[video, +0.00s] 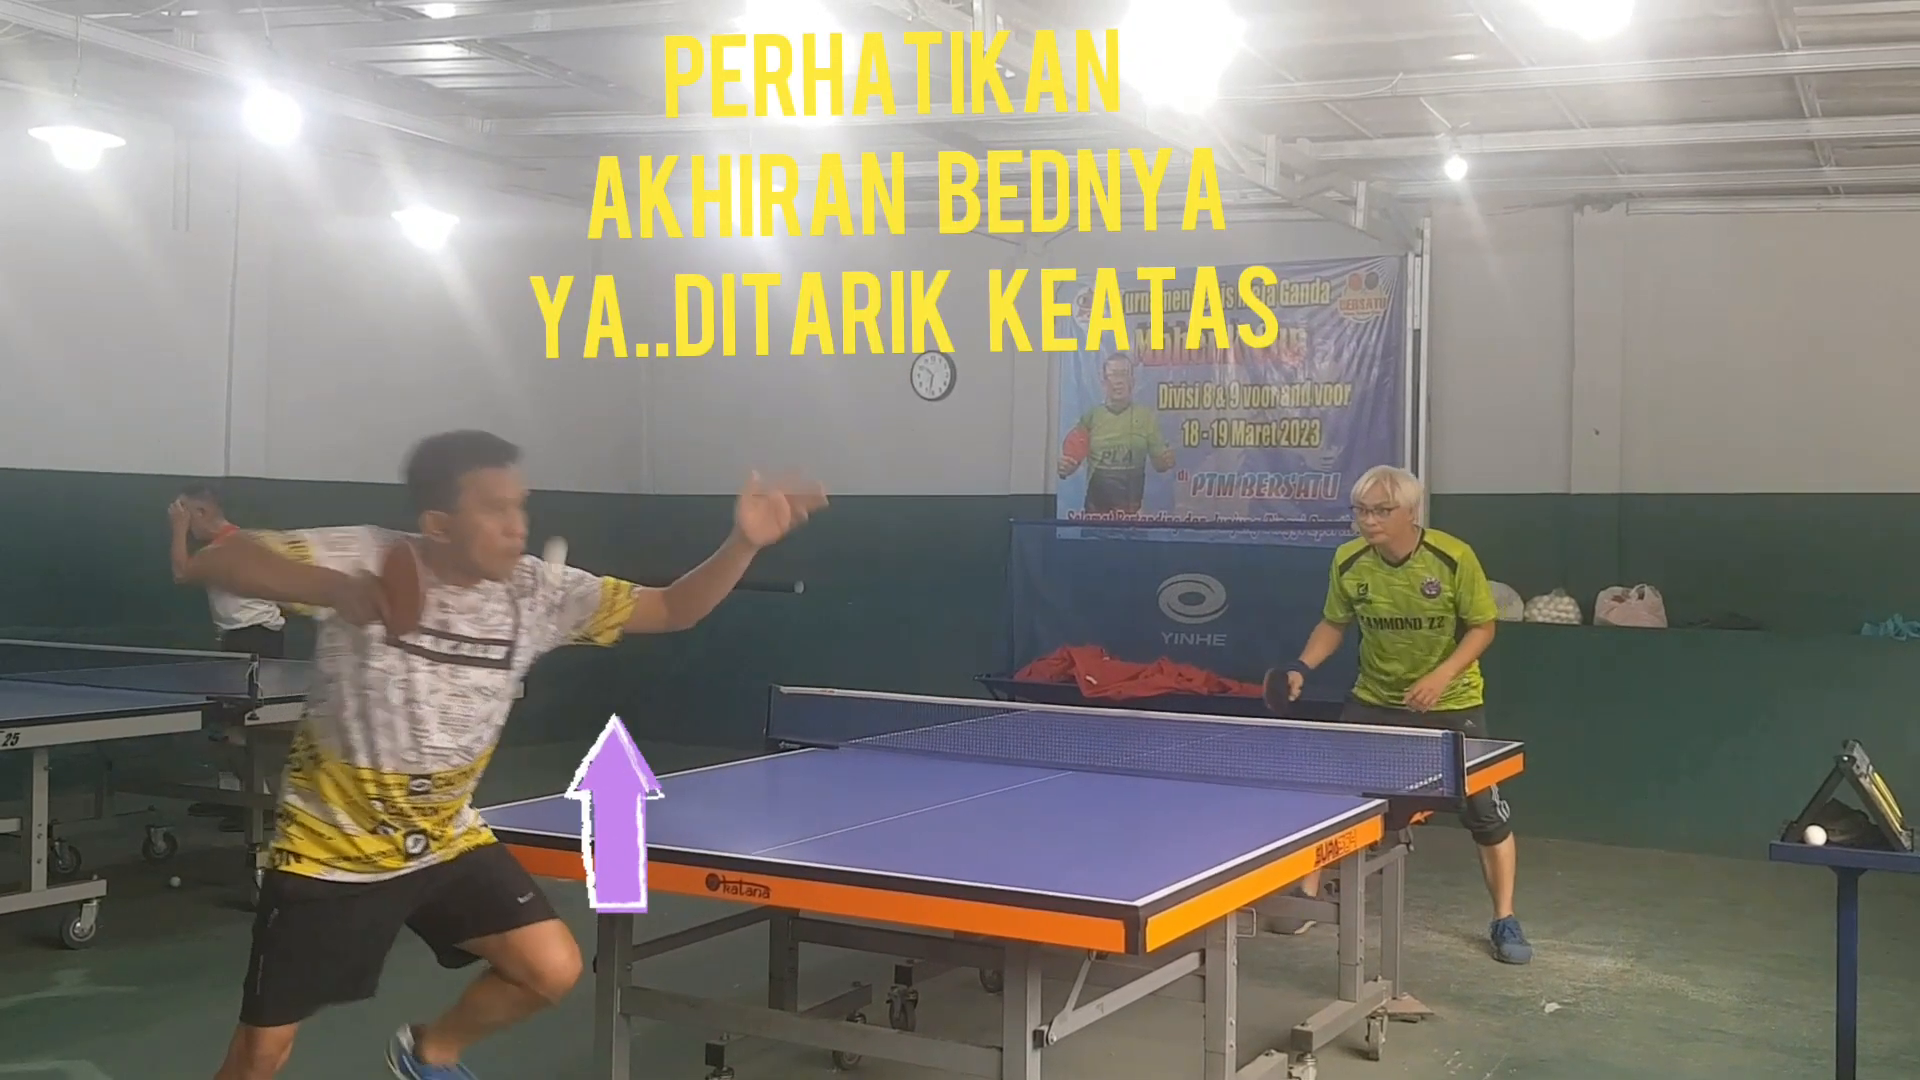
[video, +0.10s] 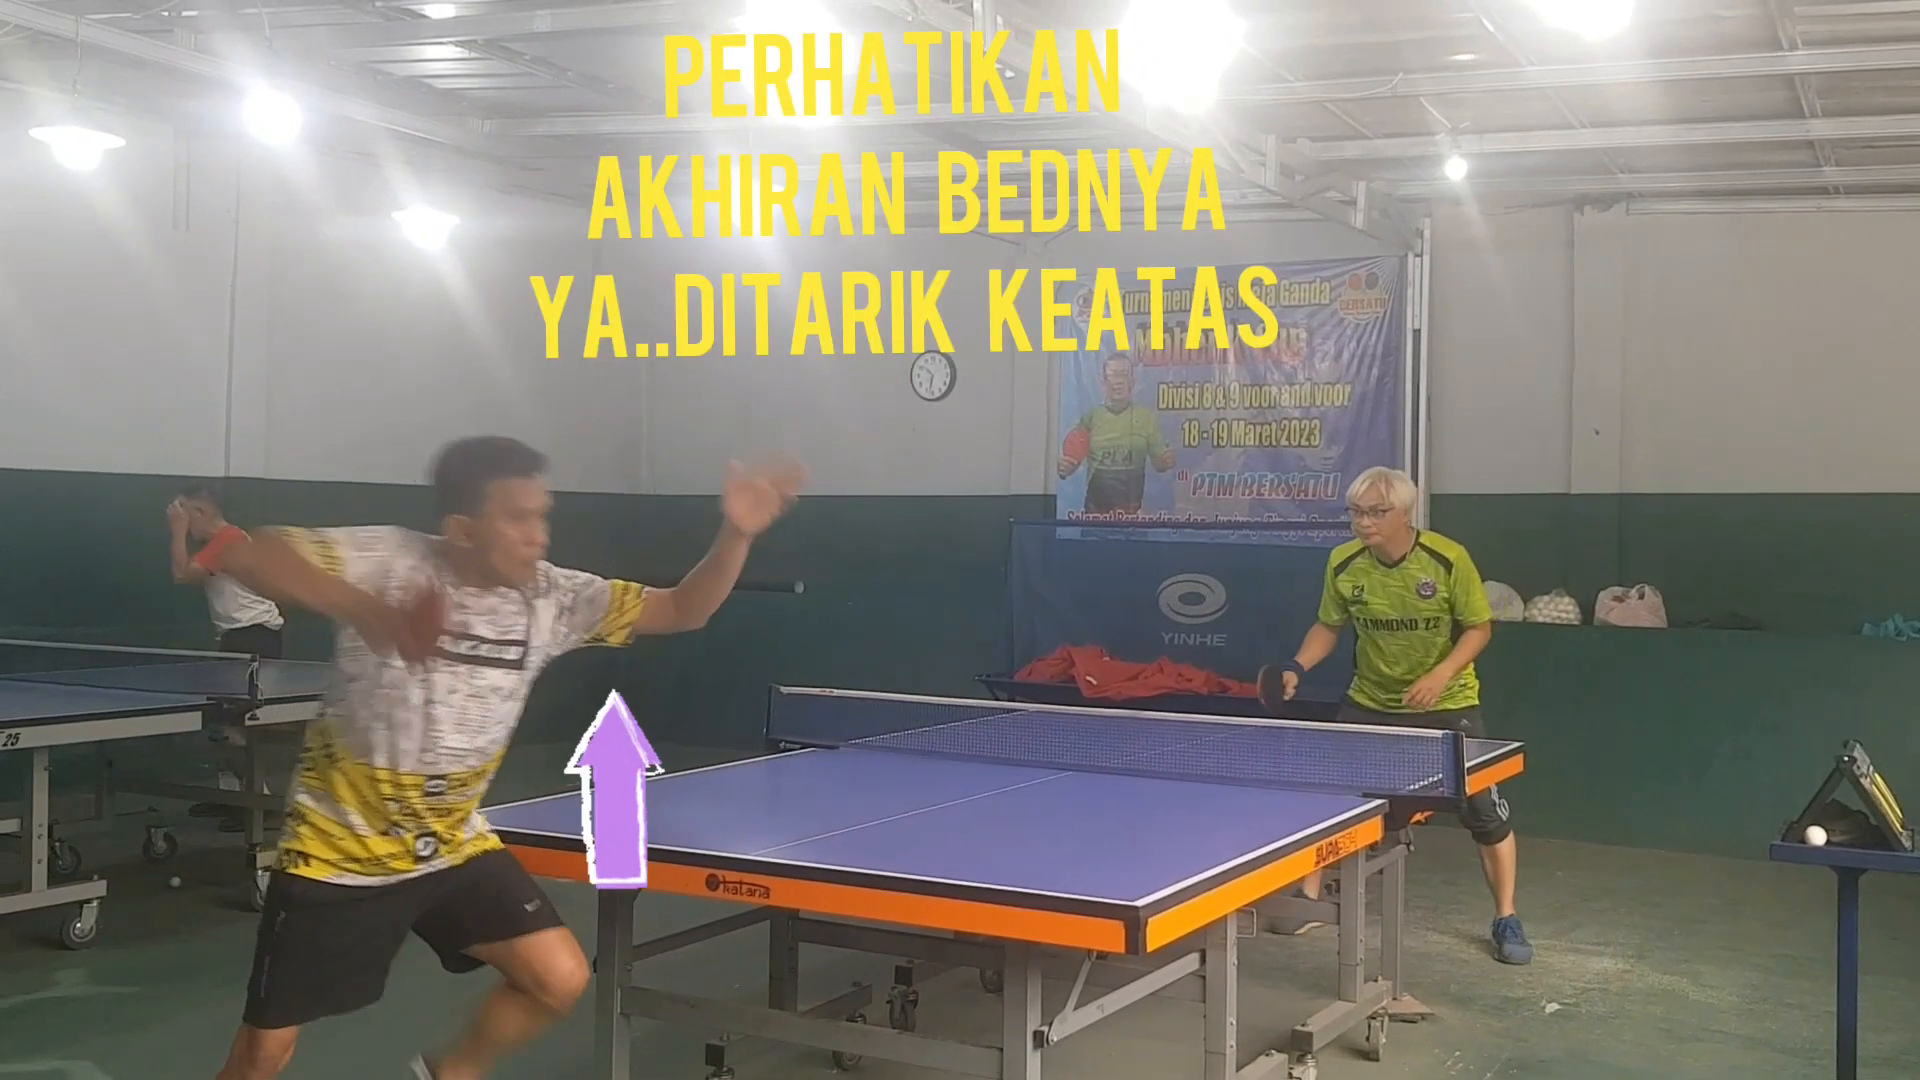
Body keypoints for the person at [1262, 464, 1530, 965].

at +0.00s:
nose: (1367, 521)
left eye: (1378, 511)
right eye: (1361, 511)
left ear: (1409, 513)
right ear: (1355, 515)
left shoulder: (1454, 558)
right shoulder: (1349, 561)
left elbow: (1483, 626)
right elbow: (1332, 624)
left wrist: (1441, 676)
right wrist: (1301, 668)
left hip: (1452, 705)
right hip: (1373, 702)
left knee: (1485, 808)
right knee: (1330, 790)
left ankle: (1505, 918)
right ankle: (1308, 895)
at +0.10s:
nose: (1361, 522)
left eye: (1373, 512)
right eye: (1356, 512)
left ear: (1402, 515)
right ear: (1352, 516)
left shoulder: (1448, 560)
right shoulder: (1343, 564)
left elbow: (1479, 627)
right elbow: (1327, 626)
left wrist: (1440, 675)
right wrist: (1296, 667)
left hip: (1448, 706)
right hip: (1369, 703)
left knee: (1483, 806)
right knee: (1325, 788)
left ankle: (1506, 917)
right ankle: (1310, 896)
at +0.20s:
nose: (1361, 522)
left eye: (1373, 512)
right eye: (1356, 512)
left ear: (1402, 515)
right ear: (1352, 516)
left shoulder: (1448, 560)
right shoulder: (1343, 564)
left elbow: (1479, 627)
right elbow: (1327, 626)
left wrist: (1440, 675)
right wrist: (1296, 667)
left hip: (1448, 706)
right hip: (1369, 703)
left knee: (1484, 806)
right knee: (1326, 788)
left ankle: (1506, 917)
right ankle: (1310, 896)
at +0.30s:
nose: (1356, 523)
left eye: (1368, 513)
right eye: (1350, 513)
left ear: (1398, 516)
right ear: (1346, 516)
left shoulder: (1443, 560)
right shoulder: (1338, 566)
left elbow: (1474, 628)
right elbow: (1322, 628)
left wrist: (1438, 674)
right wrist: (1291, 668)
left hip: (1442, 706)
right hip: (1363, 703)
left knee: (1485, 806)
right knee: (1319, 788)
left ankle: (1509, 914)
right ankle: (1310, 897)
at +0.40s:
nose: (1356, 523)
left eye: (1368, 513)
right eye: (1350, 514)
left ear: (1398, 516)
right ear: (1346, 516)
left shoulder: (1442, 560)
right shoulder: (1337, 566)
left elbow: (1475, 628)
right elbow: (1322, 627)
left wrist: (1437, 674)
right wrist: (1291, 668)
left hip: (1442, 706)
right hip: (1363, 704)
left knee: (1486, 806)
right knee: (1317, 787)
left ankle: (1509, 914)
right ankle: (1311, 897)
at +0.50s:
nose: (1352, 525)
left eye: (1364, 515)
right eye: (1346, 516)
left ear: (1395, 517)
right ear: (1343, 518)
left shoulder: (1439, 561)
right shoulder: (1334, 568)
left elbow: (1471, 630)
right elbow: (1318, 631)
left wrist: (1437, 675)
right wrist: (1289, 669)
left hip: (1441, 702)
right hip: (1363, 701)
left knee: (1485, 802)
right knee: (1315, 782)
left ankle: (1514, 910)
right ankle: (1310, 895)